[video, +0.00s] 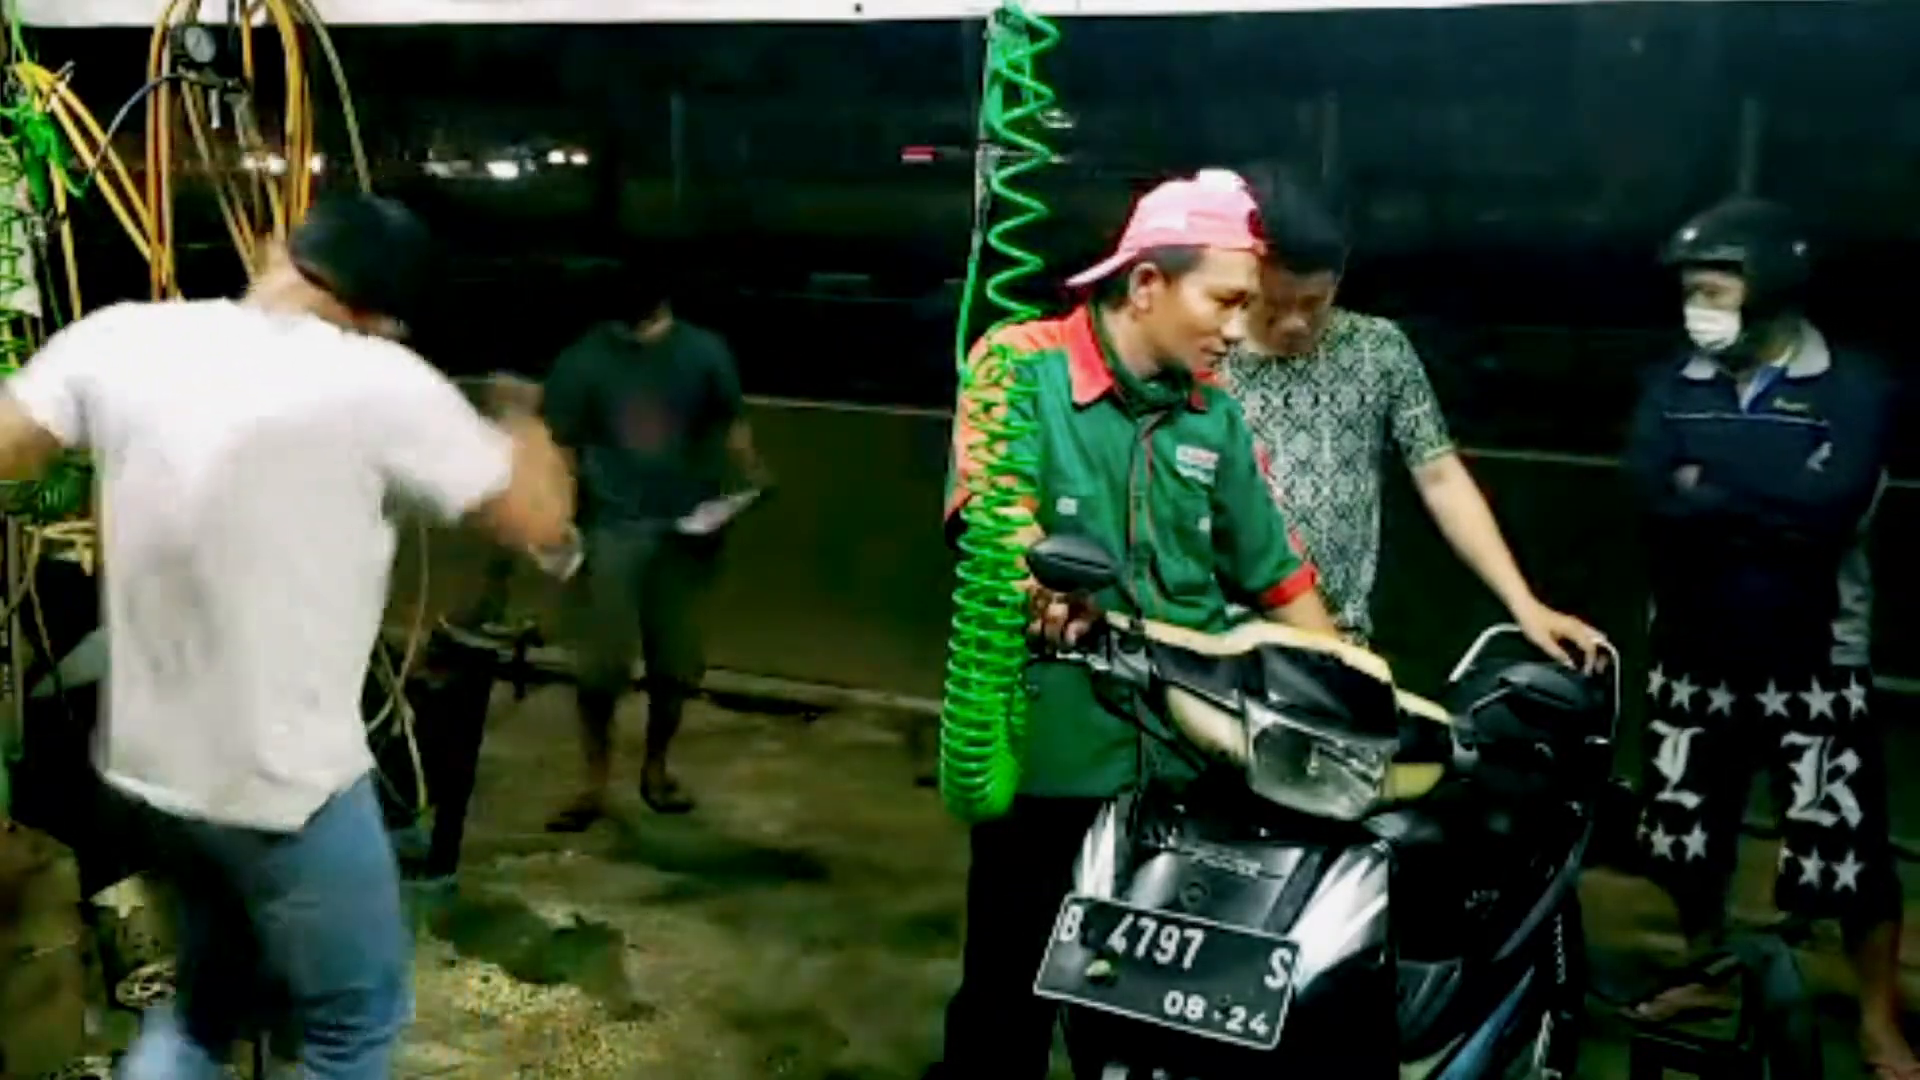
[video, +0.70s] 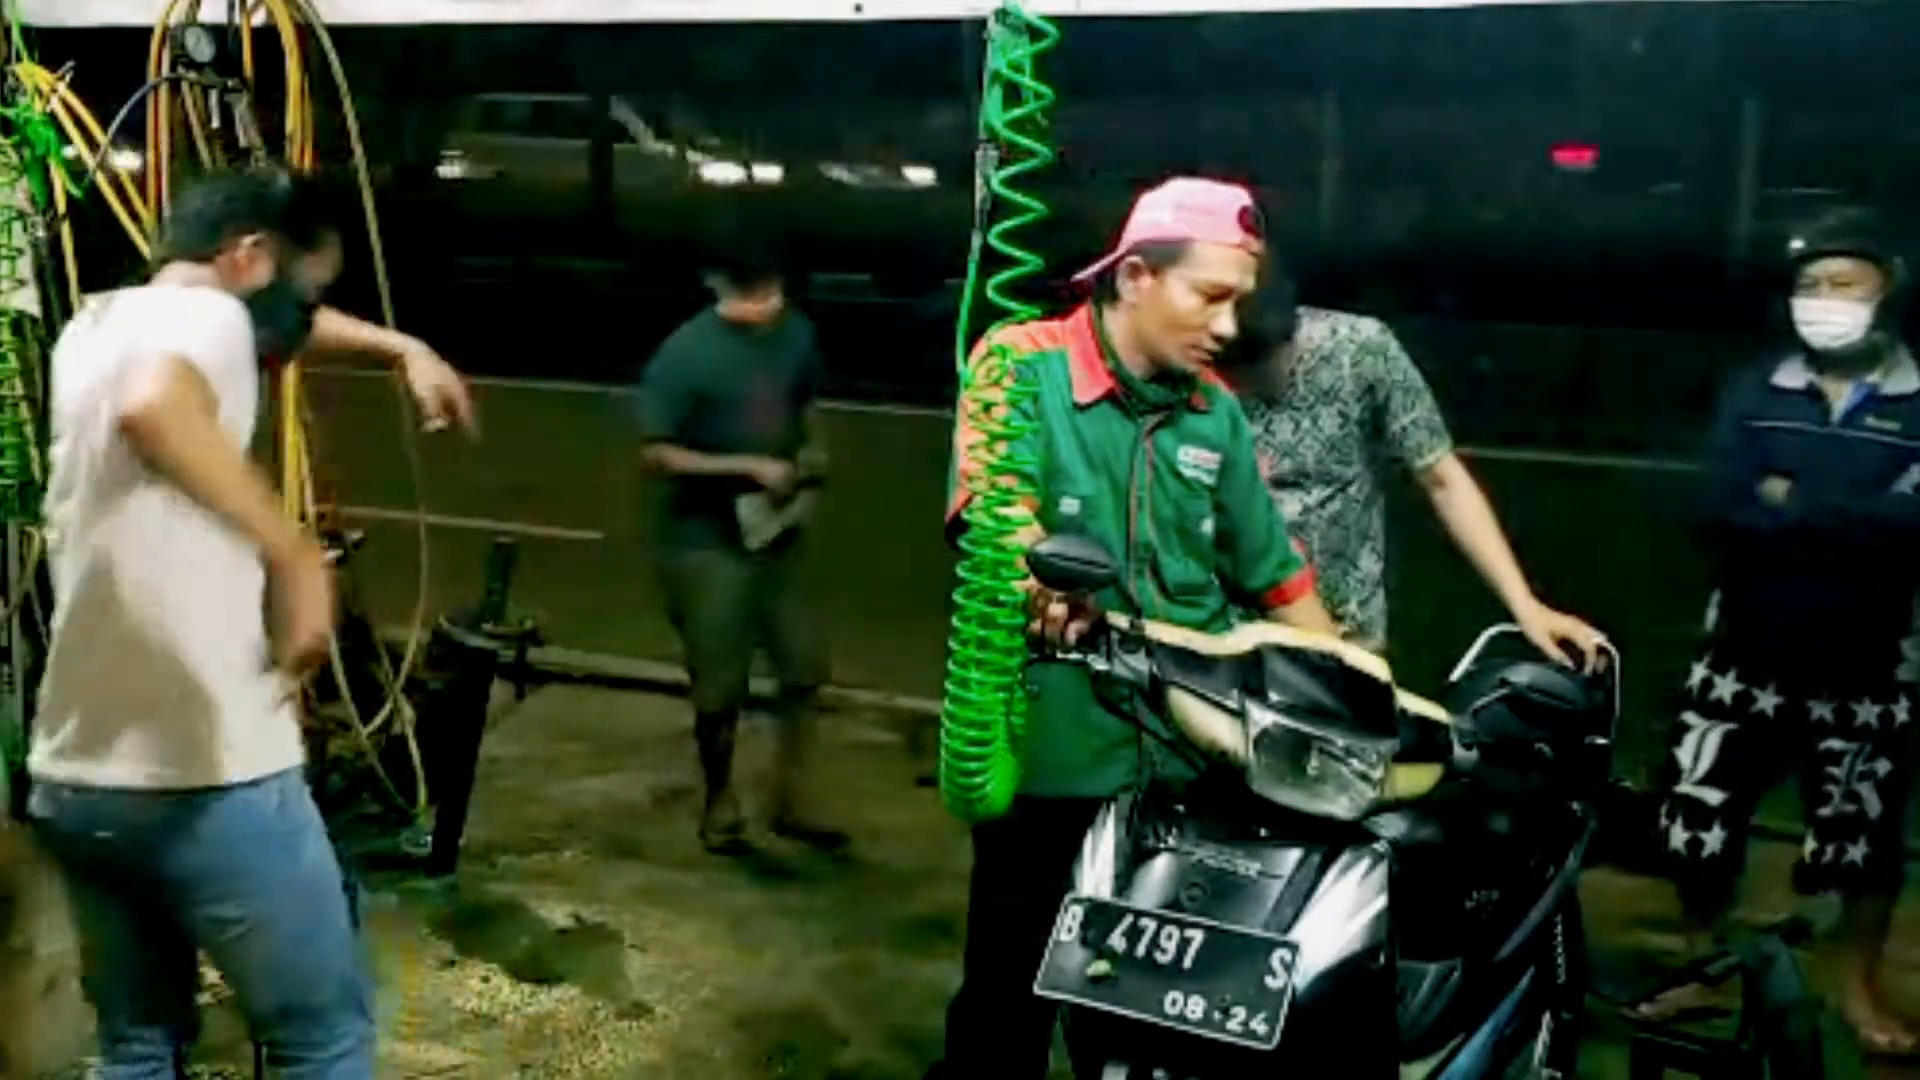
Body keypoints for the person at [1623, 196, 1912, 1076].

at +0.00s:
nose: (1696, 301)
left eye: (1717, 285)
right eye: (1690, 284)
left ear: (1772, 291)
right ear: (1685, 287)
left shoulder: (1846, 388)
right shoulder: (1671, 384)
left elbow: (1835, 502)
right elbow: (1649, 493)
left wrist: (1697, 470)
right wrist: (1788, 486)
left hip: (1811, 656)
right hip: (1693, 651)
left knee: (1849, 854)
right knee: (1684, 837)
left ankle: (1880, 1021)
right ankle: (1701, 971)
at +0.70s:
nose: (1826, 304)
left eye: (1848, 288)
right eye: (1812, 287)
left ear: (1885, 300)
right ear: (1790, 298)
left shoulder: (1914, 402)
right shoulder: (1755, 392)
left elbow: (1913, 517)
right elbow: (1712, 500)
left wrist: (1791, 495)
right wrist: (1861, 512)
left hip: (1867, 654)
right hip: (1751, 643)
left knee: (1866, 839)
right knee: (1696, 816)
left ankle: (1859, 985)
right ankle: (1703, 969)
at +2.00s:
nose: (1916, 305)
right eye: (1906, 288)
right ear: (1880, 300)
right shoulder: (1832, 391)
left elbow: (1912, 515)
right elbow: (1783, 496)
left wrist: (1845, 482)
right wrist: (1893, 504)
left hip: (1903, 666)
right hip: (1800, 651)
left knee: (1896, 855)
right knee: (1726, 826)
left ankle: (1863, 988)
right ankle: (1710, 933)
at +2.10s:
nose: (1916, 305)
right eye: (1905, 289)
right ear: (1879, 301)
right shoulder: (1828, 391)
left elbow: (1916, 513)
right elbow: (1781, 496)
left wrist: (1844, 479)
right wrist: (1896, 502)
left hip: (1904, 664)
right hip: (1800, 651)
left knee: (1896, 849)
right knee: (1743, 823)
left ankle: (1863, 988)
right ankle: (1722, 939)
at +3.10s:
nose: (1894, 302)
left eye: (1911, 288)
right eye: (1882, 285)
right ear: (1855, 294)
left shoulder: (1918, 413)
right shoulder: (1806, 386)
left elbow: (1910, 521)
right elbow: (1757, 486)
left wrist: (1819, 478)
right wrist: (1868, 519)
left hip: (1889, 658)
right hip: (1781, 641)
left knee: (1883, 839)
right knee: (1736, 810)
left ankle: (1862, 982)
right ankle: (1717, 944)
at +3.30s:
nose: (1883, 304)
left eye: (1902, 290)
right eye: (1871, 286)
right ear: (1847, 293)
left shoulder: (1918, 412)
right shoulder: (1800, 384)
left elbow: (1910, 514)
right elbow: (1750, 486)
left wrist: (1815, 477)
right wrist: (1865, 506)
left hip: (1889, 650)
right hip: (1782, 632)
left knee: (1883, 835)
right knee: (1736, 805)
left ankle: (1863, 984)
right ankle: (1717, 944)